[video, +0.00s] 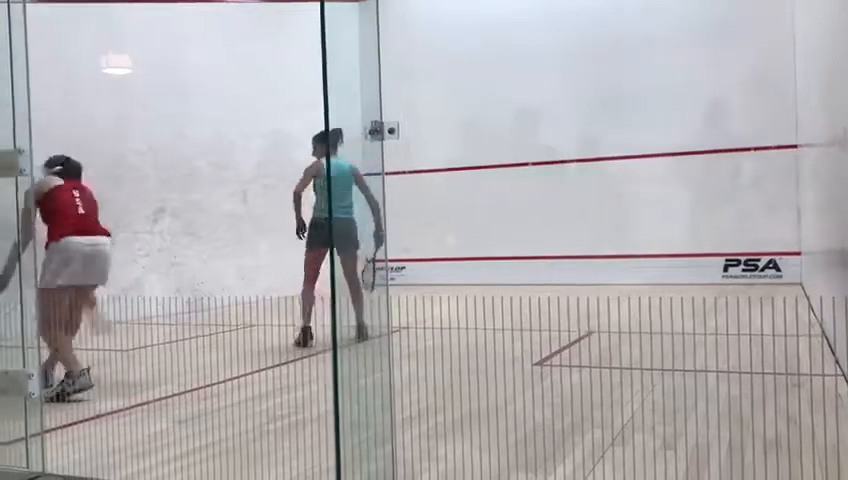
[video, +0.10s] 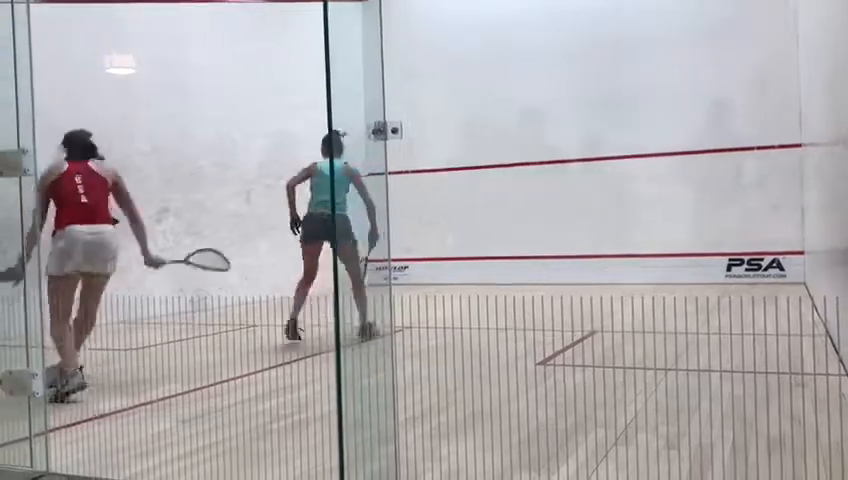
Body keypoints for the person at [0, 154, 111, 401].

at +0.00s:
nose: (44, 178)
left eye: (46, 174)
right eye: (45, 174)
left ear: (54, 173)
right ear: (74, 175)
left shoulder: (44, 185)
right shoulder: (87, 190)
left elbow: (26, 229)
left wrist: (11, 264)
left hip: (66, 248)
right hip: (99, 246)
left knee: (48, 322)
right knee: (72, 315)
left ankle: (77, 373)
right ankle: (48, 368)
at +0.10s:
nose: (64, 152)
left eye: (64, 148)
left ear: (66, 150)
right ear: (92, 149)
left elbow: (38, 224)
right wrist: (147, 252)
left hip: (68, 238)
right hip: (104, 237)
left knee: (59, 318)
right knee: (88, 315)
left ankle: (73, 374)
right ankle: (63, 370)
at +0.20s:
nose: (118, 139)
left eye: (116, 135)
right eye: (116, 135)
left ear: (85, 139)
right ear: (109, 138)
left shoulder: (69, 164)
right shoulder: (123, 161)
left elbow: (58, 211)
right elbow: (144, 204)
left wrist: (66, 243)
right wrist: (158, 244)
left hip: (76, 230)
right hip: (112, 228)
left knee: (69, 307)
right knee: (112, 303)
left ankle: (59, 368)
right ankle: (100, 363)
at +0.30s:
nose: (138, 142)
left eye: (136, 138)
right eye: (135, 139)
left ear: (106, 143)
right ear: (127, 142)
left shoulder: (90, 167)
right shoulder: (138, 170)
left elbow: (81, 206)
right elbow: (154, 218)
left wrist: (85, 235)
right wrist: (167, 255)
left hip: (86, 240)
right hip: (120, 241)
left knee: (74, 310)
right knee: (140, 297)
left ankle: (49, 375)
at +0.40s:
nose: (161, 155)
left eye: (160, 150)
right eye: (159, 151)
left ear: (132, 154)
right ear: (151, 153)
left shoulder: (113, 177)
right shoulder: (158, 179)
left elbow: (117, 221)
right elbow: (169, 227)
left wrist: (152, 239)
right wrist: (184, 265)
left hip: (101, 247)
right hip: (136, 248)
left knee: (82, 312)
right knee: (169, 300)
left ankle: (50, 375)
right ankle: (175, 363)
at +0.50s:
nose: (193, 153)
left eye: (191, 148)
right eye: (190, 149)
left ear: (164, 153)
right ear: (182, 153)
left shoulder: (147, 178)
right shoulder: (185, 181)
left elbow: (149, 220)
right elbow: (193, 228)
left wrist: (174, 247)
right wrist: (205, 263)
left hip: (129, 247)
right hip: (160, 247)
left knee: (112, 313)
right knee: (193, 296)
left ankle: (64, 357)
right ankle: (178, 359)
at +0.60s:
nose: (218, 145)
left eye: (216, 141)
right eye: (215, 142)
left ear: (193, 150)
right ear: (208, 148)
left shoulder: (176, 175)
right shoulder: (212, 177)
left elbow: (160, 212)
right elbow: (219, 221)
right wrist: (230, 253)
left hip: (156, 239)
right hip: (184, 238)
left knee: (164, 311)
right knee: (205, 299)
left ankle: (112, 336)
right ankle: (180, 358)